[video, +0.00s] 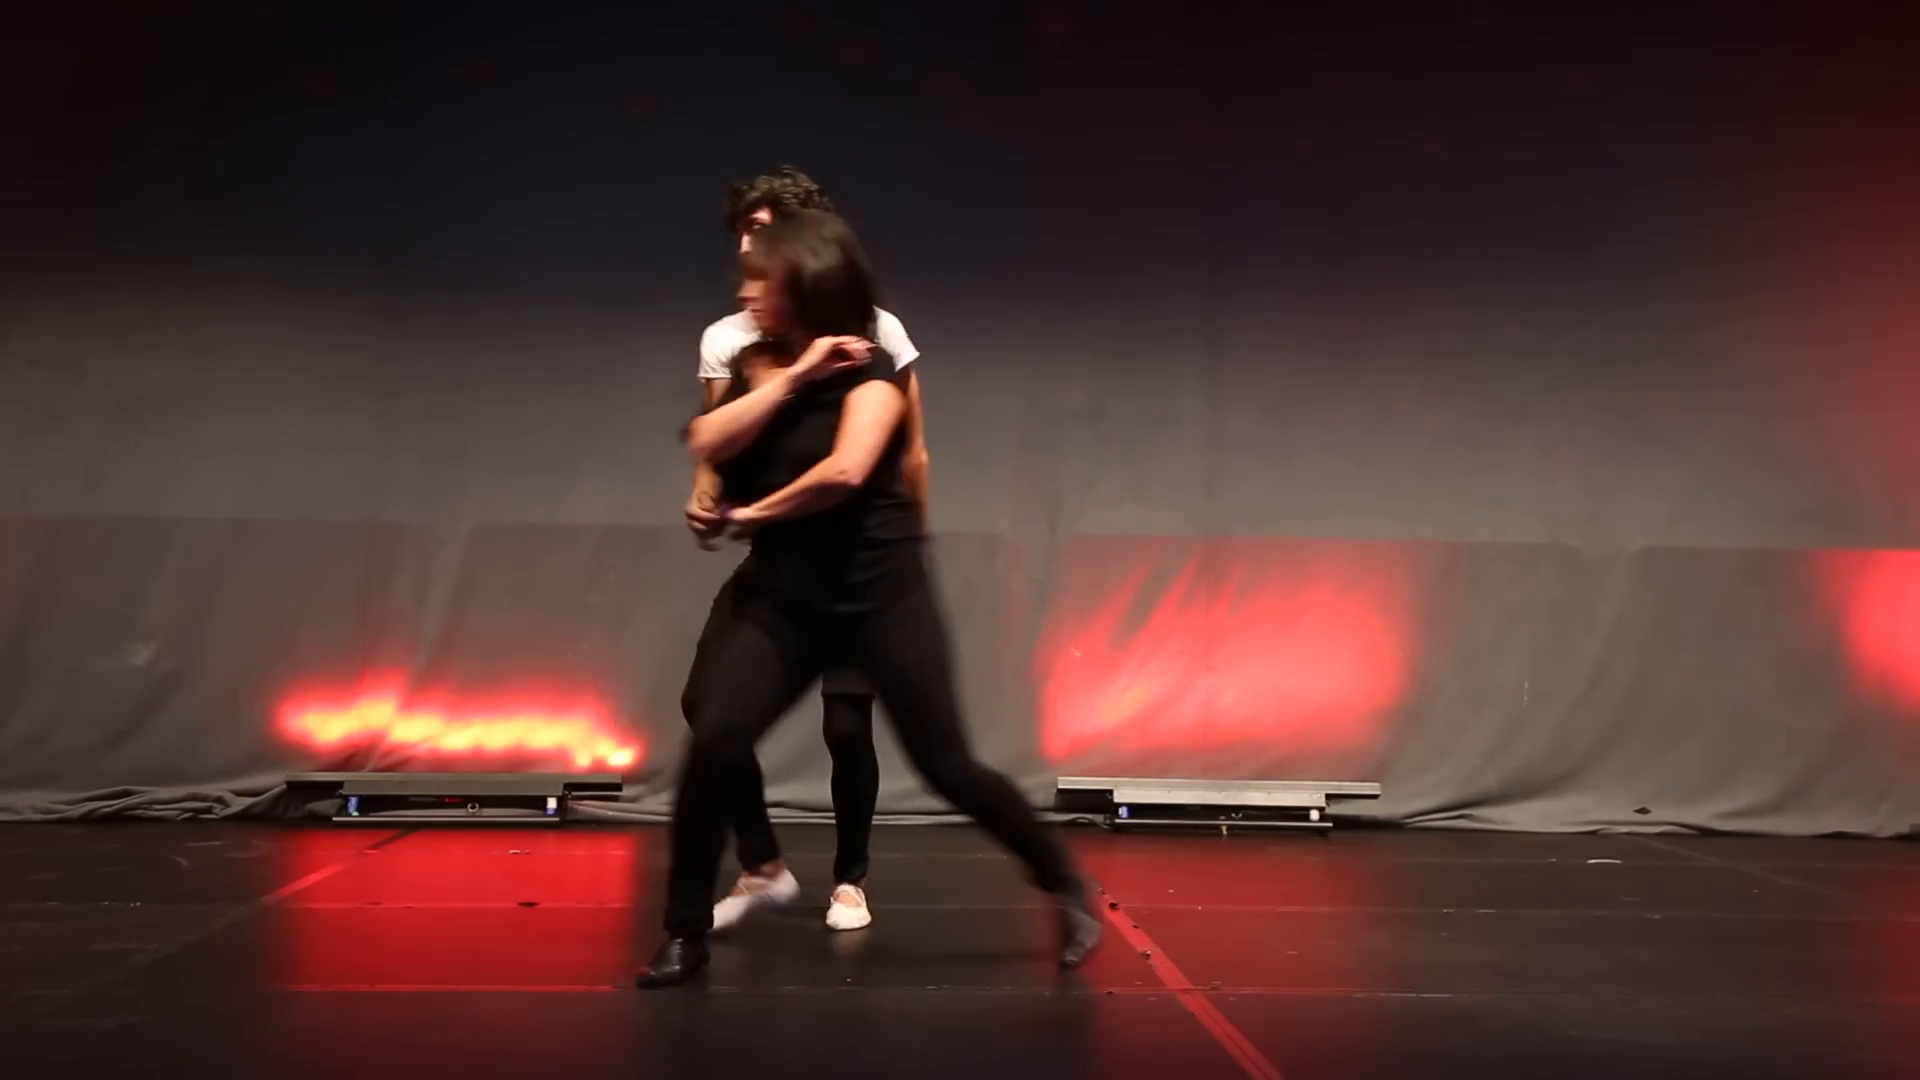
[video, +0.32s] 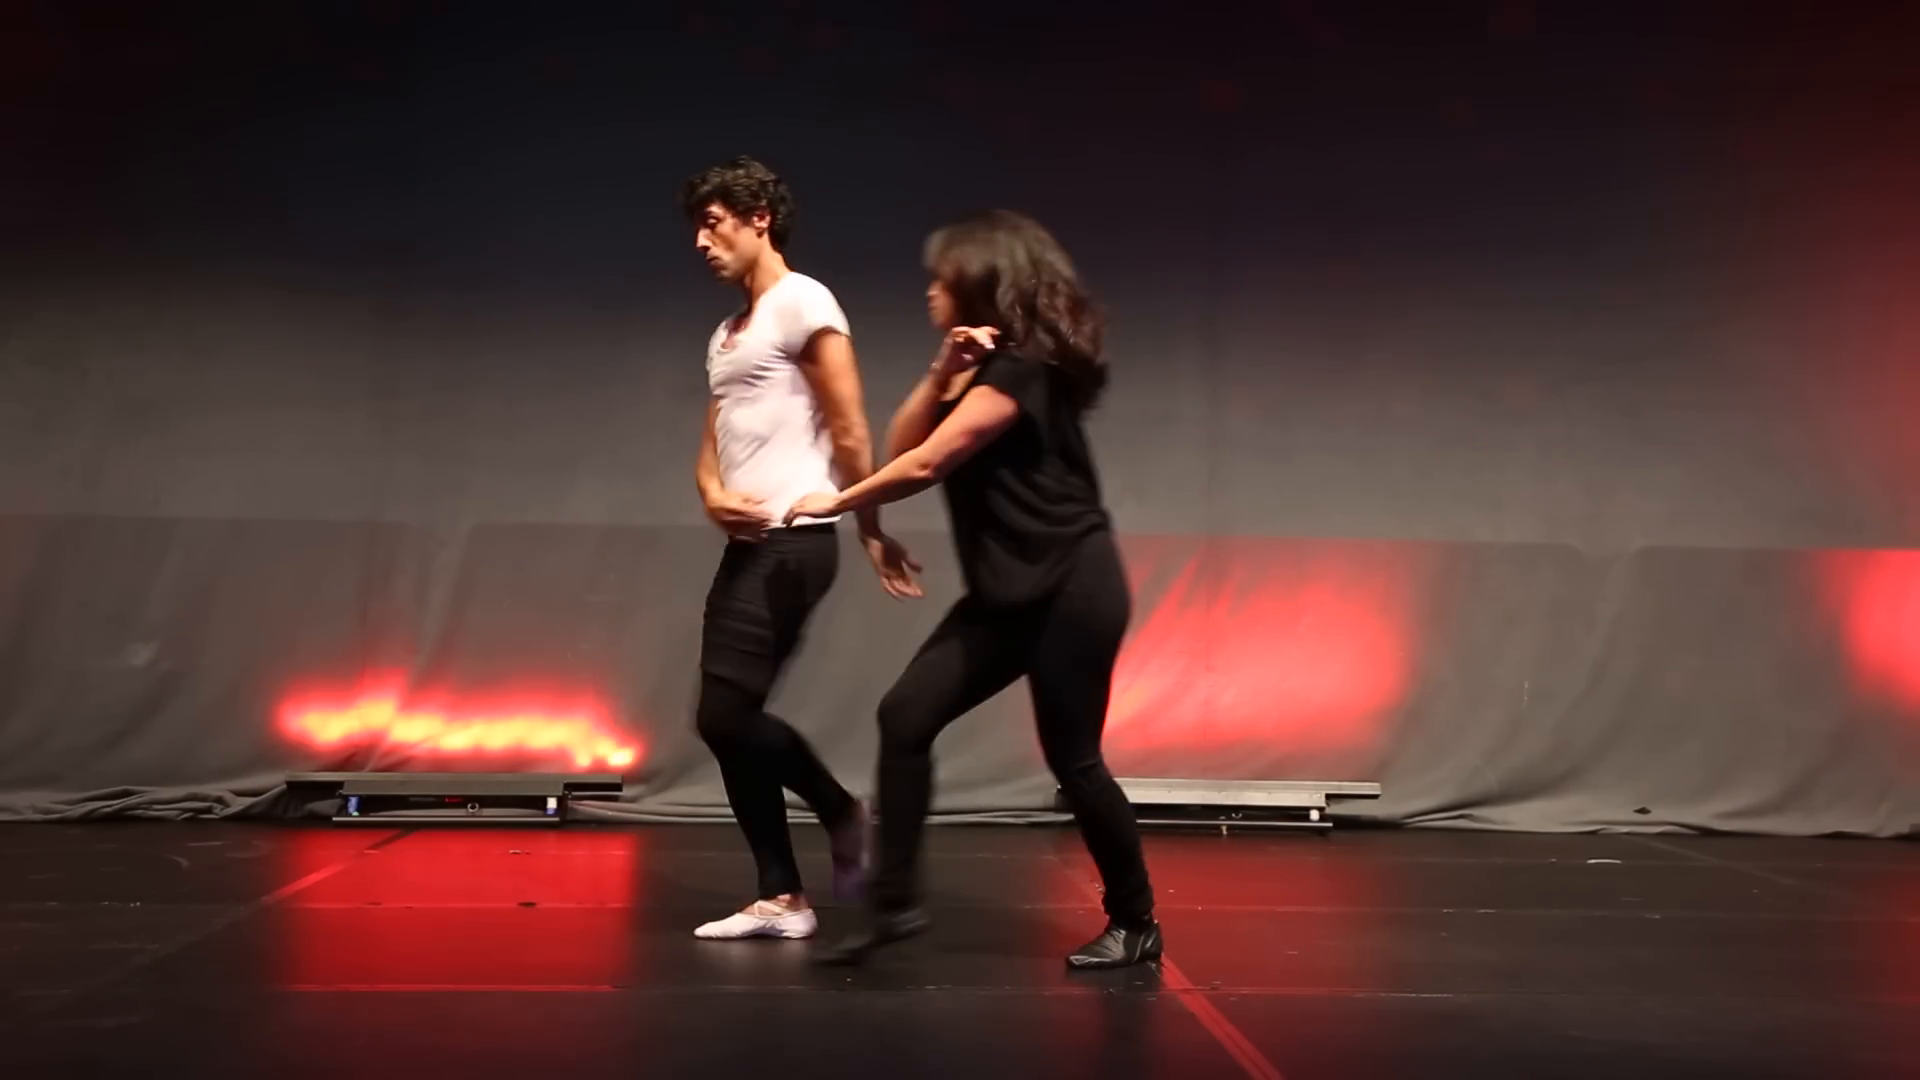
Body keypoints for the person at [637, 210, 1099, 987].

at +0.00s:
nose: (749, 296)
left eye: (763, 281)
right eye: (749, 280)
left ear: (811, 289)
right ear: (768, 288)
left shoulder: (873, 373)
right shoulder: (755, 371)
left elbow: (846, 472)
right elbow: (706, 442)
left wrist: (743, 515)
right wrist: (796, 373)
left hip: (884, 595)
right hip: (786, 594)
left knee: (944, 766)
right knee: (714, 743)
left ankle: (1066, 886)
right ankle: (687, 935)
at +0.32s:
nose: (930, 297)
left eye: (941, 284)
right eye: (932, 283)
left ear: (986, 288)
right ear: (982, 293)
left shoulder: (1023, 367)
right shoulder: (977, 363)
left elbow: (930, 462)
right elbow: (898, 457)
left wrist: (838, 501)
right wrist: (942, 374)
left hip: (1073, 590)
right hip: (1006, 595)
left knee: (1077, 763)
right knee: (904, 718)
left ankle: (1136, 927)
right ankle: (894, 908)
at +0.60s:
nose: (998, 286)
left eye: (1009, 273)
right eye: (1001, 272)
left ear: (1049, 275)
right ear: (1064, 276)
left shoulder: (1062, 359)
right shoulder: (1068, 355)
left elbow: (965, 443)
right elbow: (999, 441)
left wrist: (851, 456)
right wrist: (960, 373)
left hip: (1097, 570)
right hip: (1071, 572)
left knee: (1083, 745)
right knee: (1010, 724)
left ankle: (1132, 924)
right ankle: (1116, 873)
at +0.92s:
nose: (1002, 292)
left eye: (1012, 278)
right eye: (1004, 277)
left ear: (1047, 280)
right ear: (1095, 280)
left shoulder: (1014, 358)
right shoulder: (1134, 361)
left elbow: (936, 435)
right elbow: (1165, 449)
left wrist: (817, 442)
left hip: (1045, 574)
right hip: (1130, 576)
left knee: (973, 724)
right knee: (1119, 738)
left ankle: (1003, 902)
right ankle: (1143, 915)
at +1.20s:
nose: (945, 303)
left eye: (957, 290)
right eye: (948, 289)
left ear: (994, 294)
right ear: (1031, 294)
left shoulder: (961, 369)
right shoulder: (1074, 373)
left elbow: (910, 444)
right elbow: (1096, 482)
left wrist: (819, 482)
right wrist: (1058, 553)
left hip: (981, 584)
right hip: (1069, 587)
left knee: (880, 709)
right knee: (1101, 743)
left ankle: (872, 883)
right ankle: (1142, 913)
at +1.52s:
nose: (820, 309)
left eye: (836, 296)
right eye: (818, 297)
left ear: (877, 306)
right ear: (817, 308)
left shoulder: (878, 385)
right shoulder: (838, 391)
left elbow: (848, 412)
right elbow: (807, 447)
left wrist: (839, 353)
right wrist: (755, 401)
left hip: (854, 589)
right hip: (845, 589)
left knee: (791, 743)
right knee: (813, 741)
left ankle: (859, 895)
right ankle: (952, 835)